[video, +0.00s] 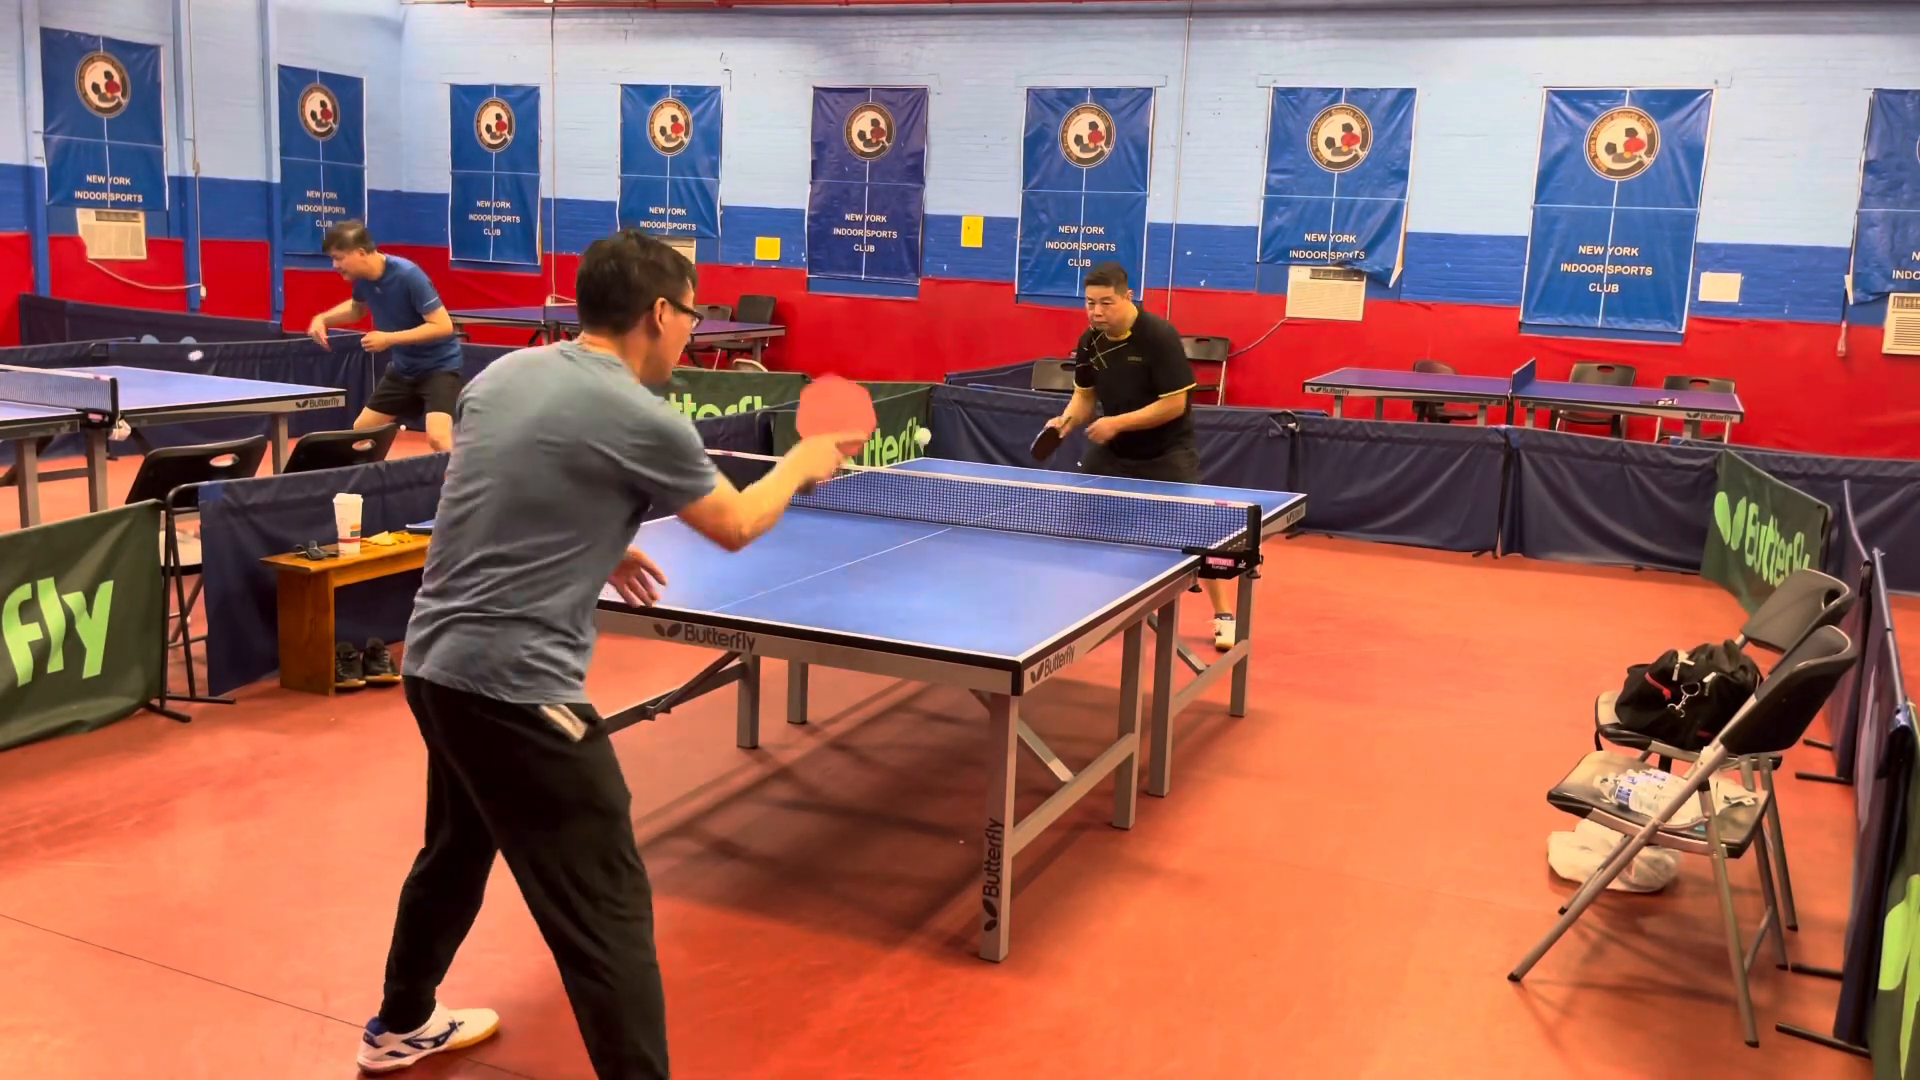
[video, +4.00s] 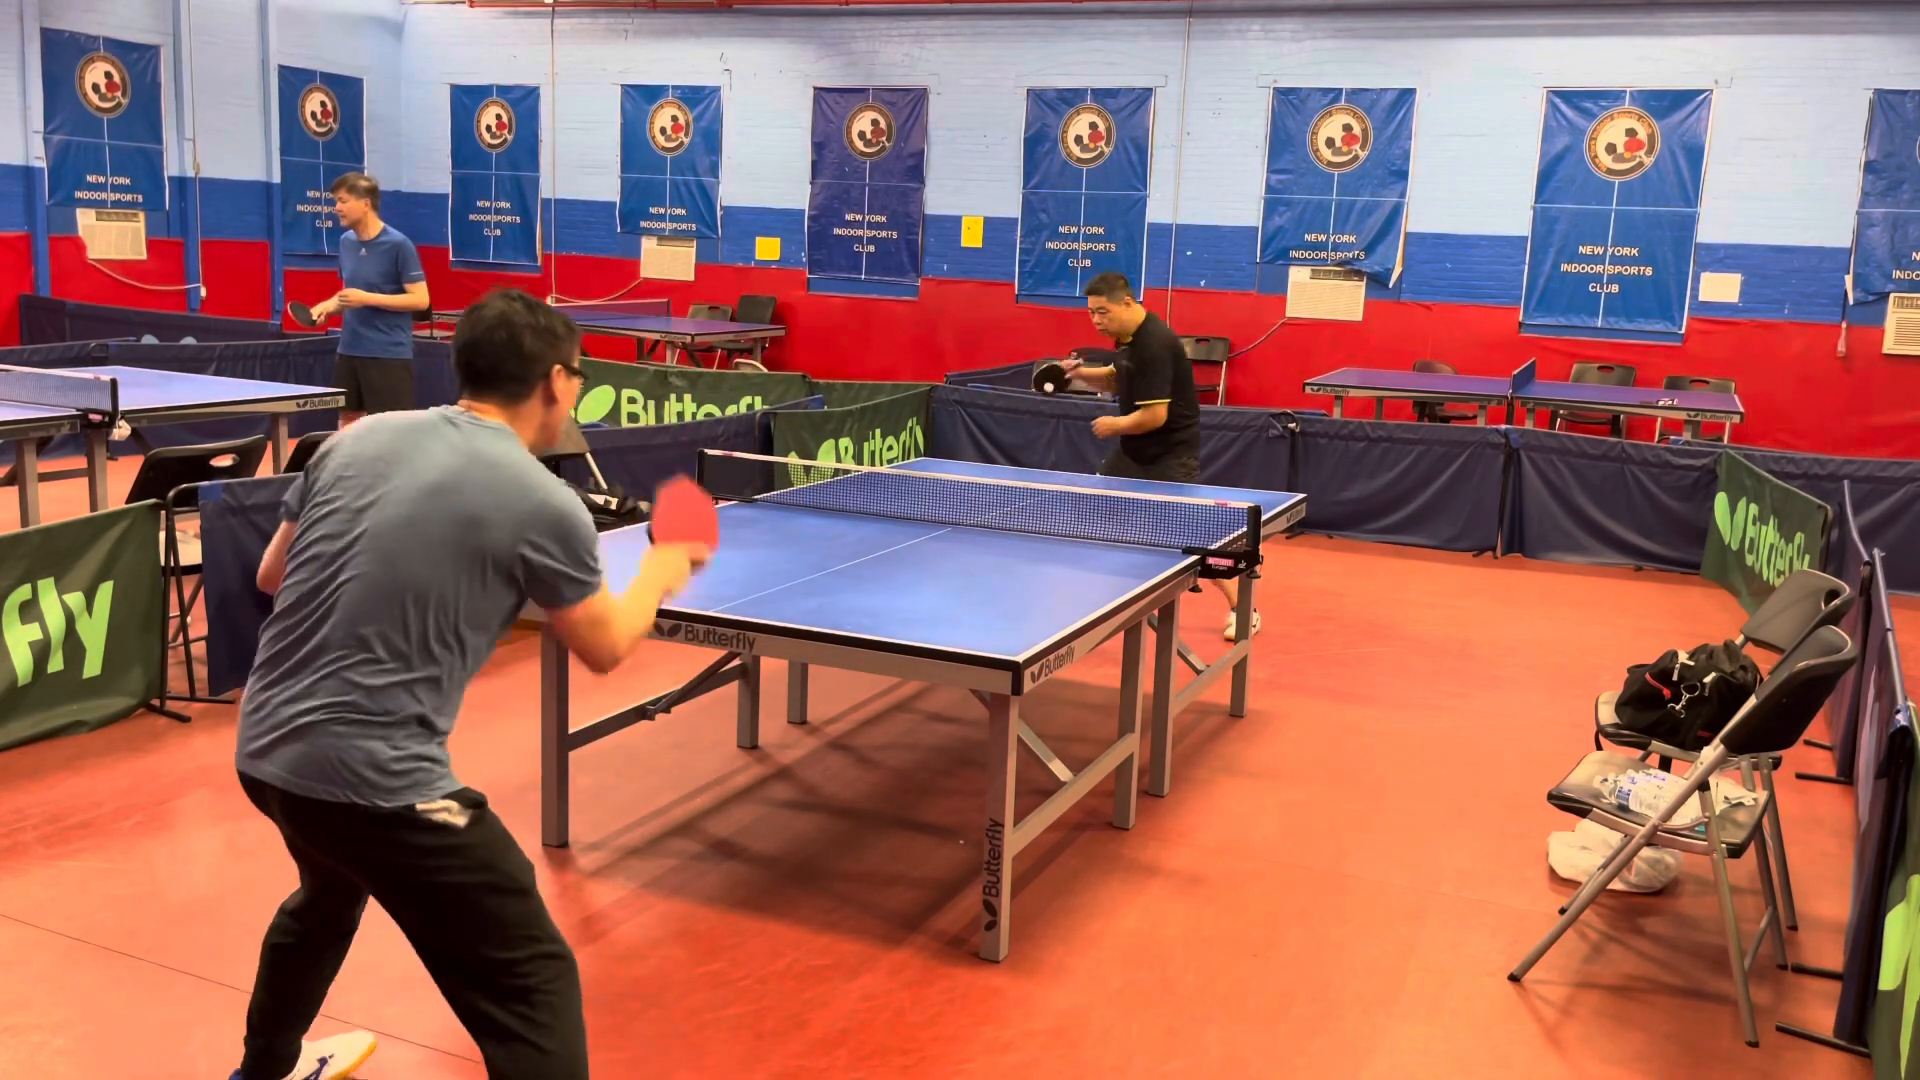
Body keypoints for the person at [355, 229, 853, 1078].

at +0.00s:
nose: (692, 330)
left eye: (692, 313)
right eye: (688, 312)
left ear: (589, 309)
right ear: (655, 314)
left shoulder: (501, 374)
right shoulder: (641, 418)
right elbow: (734, 524)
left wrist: (596, 547)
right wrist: (799, 463)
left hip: (434, 669)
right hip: (522, 690)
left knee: (455, 853)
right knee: (605, 911)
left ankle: (400, 1023)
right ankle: (639, 1069)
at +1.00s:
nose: (682, 343)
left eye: (683, 325)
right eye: (681, 326)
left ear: (583, 318)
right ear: (656, 329)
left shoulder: (476, 387)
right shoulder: (654, 427)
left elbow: (422, 517)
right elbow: (735, 507)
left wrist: (523, 515)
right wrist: (767, 420)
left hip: (438, 697)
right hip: (548, 710)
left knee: (429, 870)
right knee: (635, 916)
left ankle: (399, 1027)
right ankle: (650, 1070)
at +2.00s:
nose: (703, 362)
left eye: (703, 347)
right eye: (701, 347)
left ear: (602, 348)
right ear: (681, 354)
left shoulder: (504, 420)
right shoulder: (693, 460)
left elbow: (437, 555)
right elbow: (761, 545)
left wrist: (501, 604)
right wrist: (785, 449)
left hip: (466, 736)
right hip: (587, 748)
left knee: (466, 856)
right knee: (696, 935)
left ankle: (424, 1034)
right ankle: (677, 1074)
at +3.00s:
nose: (578, 360)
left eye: (576, 344)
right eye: (576, 344)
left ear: (472, 343)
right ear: (554, 349)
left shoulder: (374, 416)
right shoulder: (560, 458)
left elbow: (305, 554)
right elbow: (633, 574)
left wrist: (410, 548)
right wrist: (660, 490)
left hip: (339, 733)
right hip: (454, 750)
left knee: (375, 868)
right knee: (564, 952)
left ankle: (317, 1058)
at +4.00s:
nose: (576, 396)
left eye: (577, 377)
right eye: (575, 377)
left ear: (469, 371)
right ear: (551, 382)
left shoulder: (352, 441)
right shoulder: (536, 498)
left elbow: (271, 574)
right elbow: (603, 644)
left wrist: (389, 571)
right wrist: (664, 567)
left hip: (267, 754)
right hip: (380, 777)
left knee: (329, 891)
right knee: (532, 979)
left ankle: (264, 1065)